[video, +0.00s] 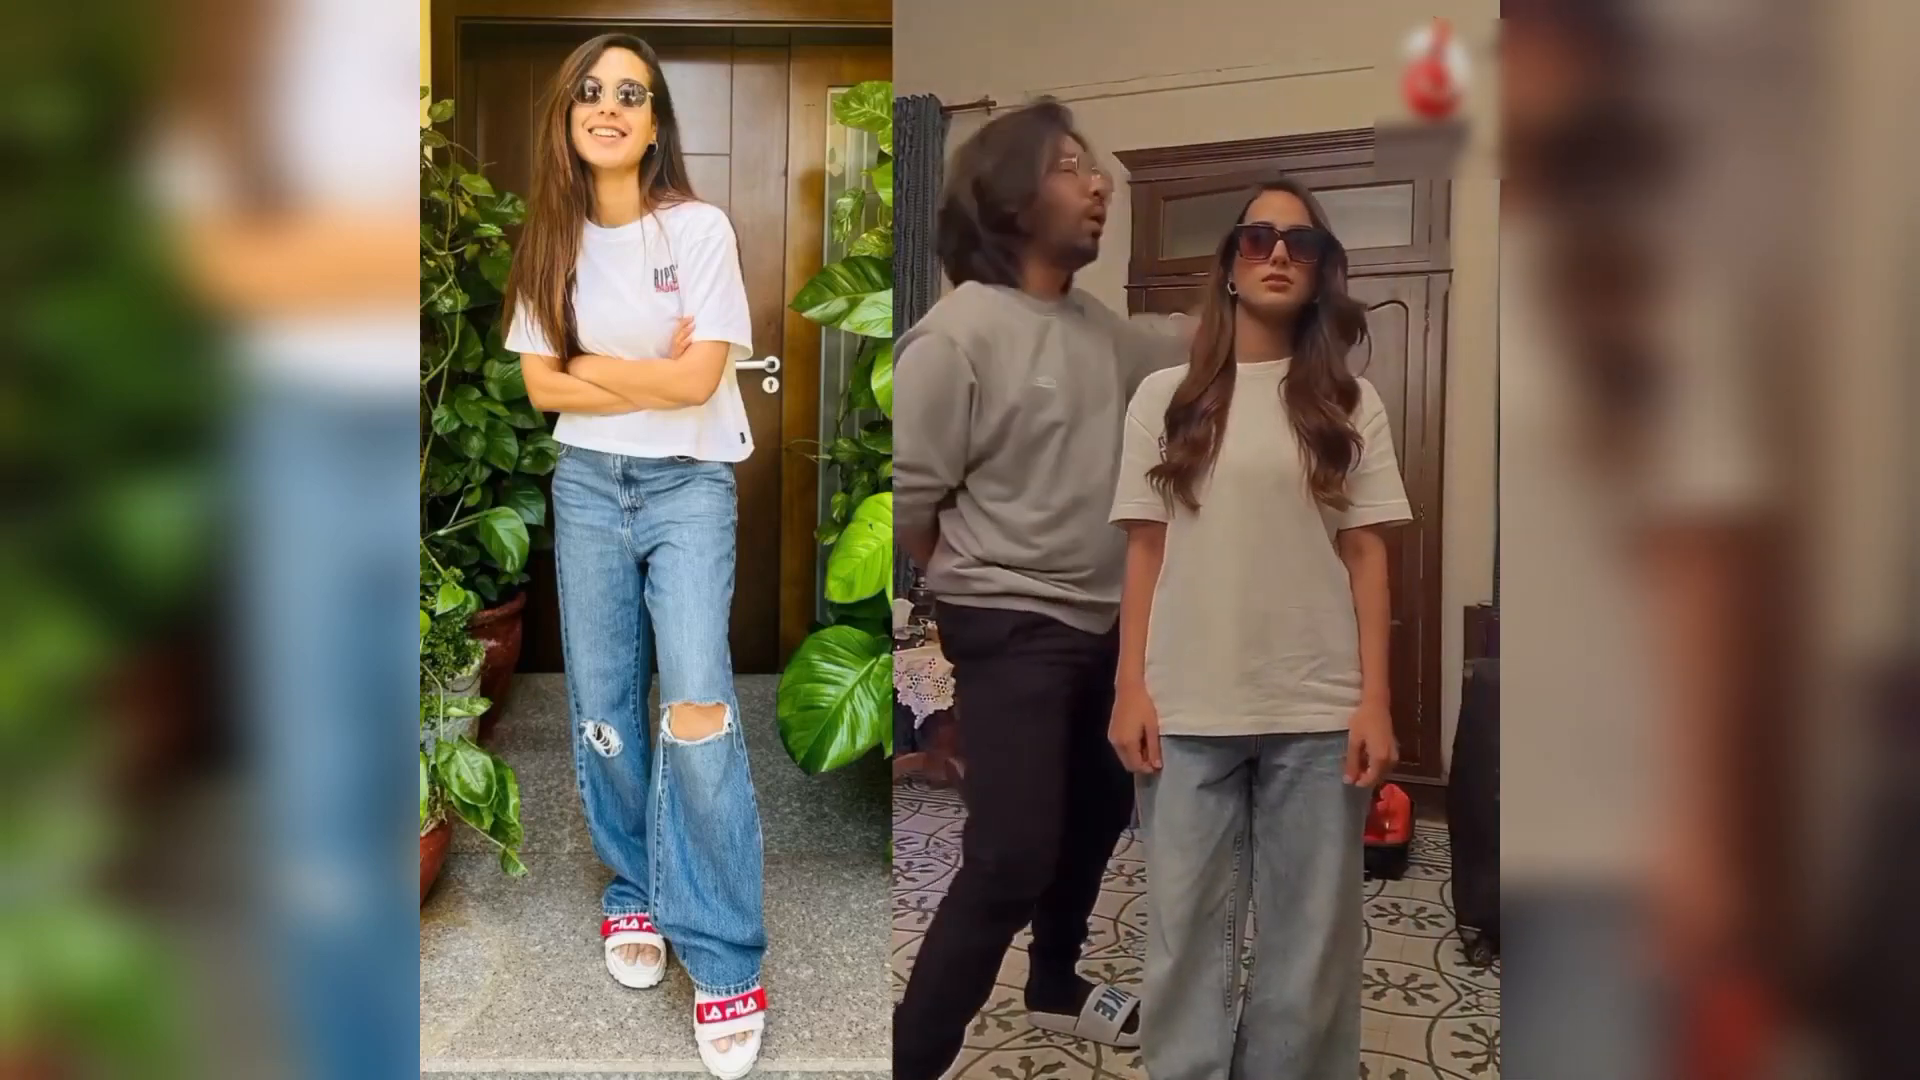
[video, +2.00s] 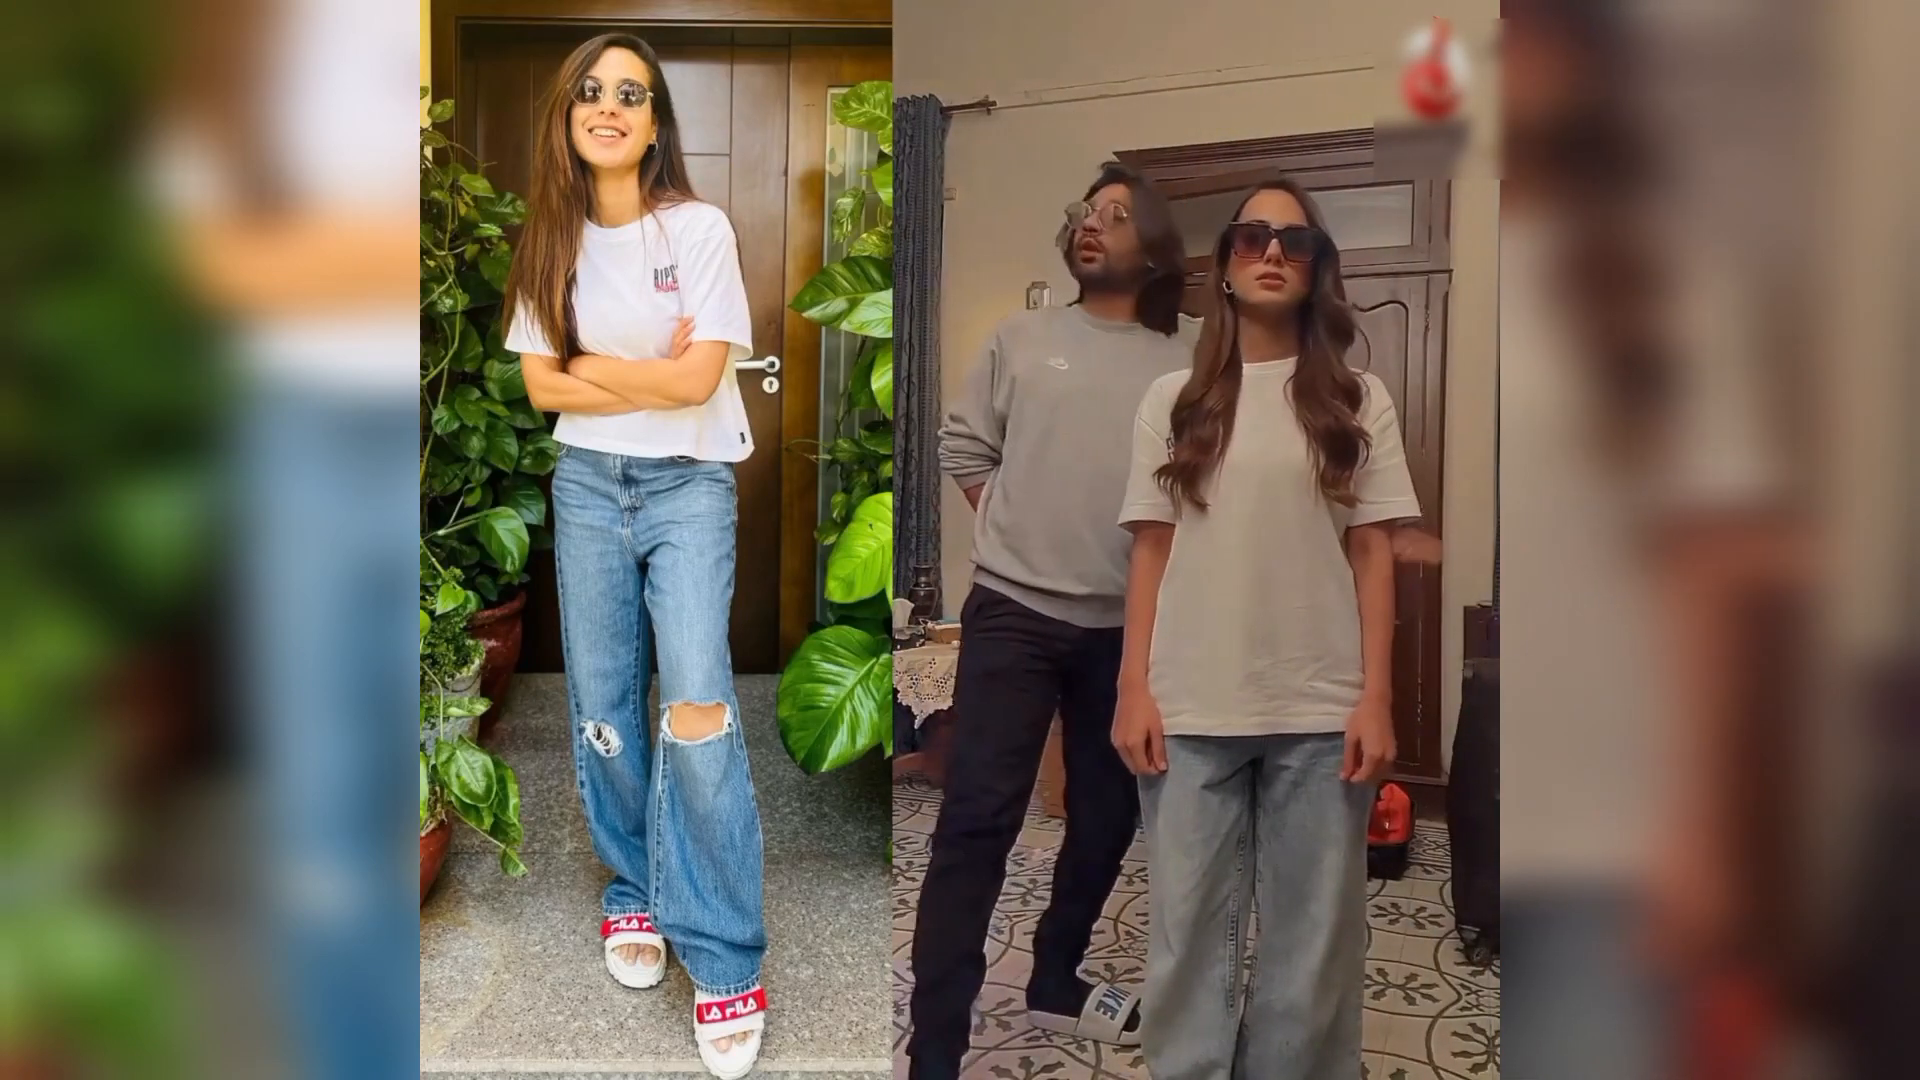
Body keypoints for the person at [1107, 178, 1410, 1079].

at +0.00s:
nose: (1278, 252)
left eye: (1299, 241)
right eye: (1259, 239)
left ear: (1324, 269)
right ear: (1228, 265)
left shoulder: (1351, 400)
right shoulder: (1167, 395)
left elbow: (1366, 556)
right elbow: (1145, 551)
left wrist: (1374, 701)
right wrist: (1131, 683)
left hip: (1319, 715)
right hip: (1187, 714)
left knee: (1310, 955)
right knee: (1179, 944)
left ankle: (1286, 1072)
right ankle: (1183, 1068)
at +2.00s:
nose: (1272, 252)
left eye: (1294, 241)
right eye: (1253, 238)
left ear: (1318, 269)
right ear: (1225, 264)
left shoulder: (1358, 396)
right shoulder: (1174, 396)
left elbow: (1373, 555)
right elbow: (1150, 548)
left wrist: (1375, 699)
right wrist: (1134, 684)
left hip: (1324, 717)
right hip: (1191, 716)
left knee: (1312, 959)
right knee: (1184, 949)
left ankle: (1289, 1074)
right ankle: (1186, 1070)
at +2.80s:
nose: (1278, 249)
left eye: (1300, 240)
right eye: (1260, 235)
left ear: (1323, 271)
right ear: (1228, 261)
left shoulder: (1346, 395)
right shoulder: (1164, 390)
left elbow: (1366, 552)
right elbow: (1143, 544)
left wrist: (1386, 682)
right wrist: (1121, 671)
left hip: (1322, 714)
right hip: (1185, 712)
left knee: (1309, 954)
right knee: (1181, 944)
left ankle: (1290, 1073)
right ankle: (1186, 1068)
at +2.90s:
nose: (1274, 247)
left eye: (1295, 236)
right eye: (1255, 233)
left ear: (1320, 265)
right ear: (1225, 260)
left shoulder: (1351, 393)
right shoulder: (1168, 390)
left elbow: (1354, 542)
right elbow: (1164, 540)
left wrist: (1421, 535)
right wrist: (1103, 552)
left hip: (1320, 707)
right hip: (1185, 705)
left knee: (1310, 951)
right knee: (1183, 943)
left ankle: (1293, 1071)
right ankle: (1184, 1067)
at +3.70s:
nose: (1265, 247)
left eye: (1285, 236)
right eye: (1246, 233)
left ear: (1311, 265)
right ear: (1216, 262)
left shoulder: (1346, 396)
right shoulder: (1161, 394)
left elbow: (1353, 544)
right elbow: (1153, 541)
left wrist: (1426, 550)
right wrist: (1070, 544)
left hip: (1317, 708)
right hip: (1180, 707)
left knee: (1308, 949)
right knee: (1183, 942)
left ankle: (1294, 1072)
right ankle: (1185, 1068)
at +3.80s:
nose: (1264, 245)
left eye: (1285, 234)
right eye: (1246, 232)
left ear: (1311, 265)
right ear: (1216, 263)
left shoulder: (1344, 392)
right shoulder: (1163, 390)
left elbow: (1394, 540)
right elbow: (1115, 532)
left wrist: (1431, 407)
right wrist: (1066, 402)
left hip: (1317, 706)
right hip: (1181, 704)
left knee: (1309, 953)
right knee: (1182, 945)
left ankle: (1294, 1072)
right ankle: (1184, 1067)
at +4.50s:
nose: (1266, 248)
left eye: (1286, 236)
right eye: (1247, 234)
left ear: (1311, 263)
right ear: (1217, 258)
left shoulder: (1347, 392)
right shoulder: (1159, 391)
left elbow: (1384, 537)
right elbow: (1105, 531)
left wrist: (1471, 451)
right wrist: (1026, 446)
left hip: (1320, 707)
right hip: (1184, 708)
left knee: (1315, 944)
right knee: (1185, 938)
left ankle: (1294, 1075)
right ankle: (1186, 1069)